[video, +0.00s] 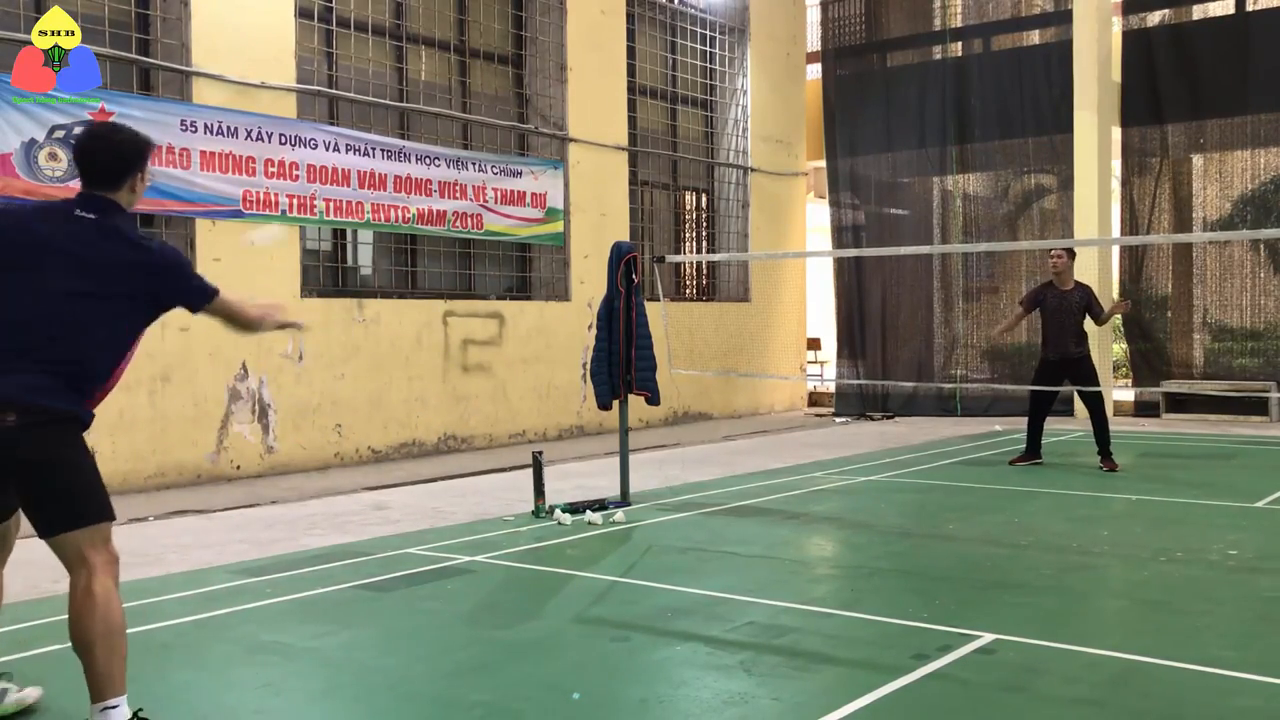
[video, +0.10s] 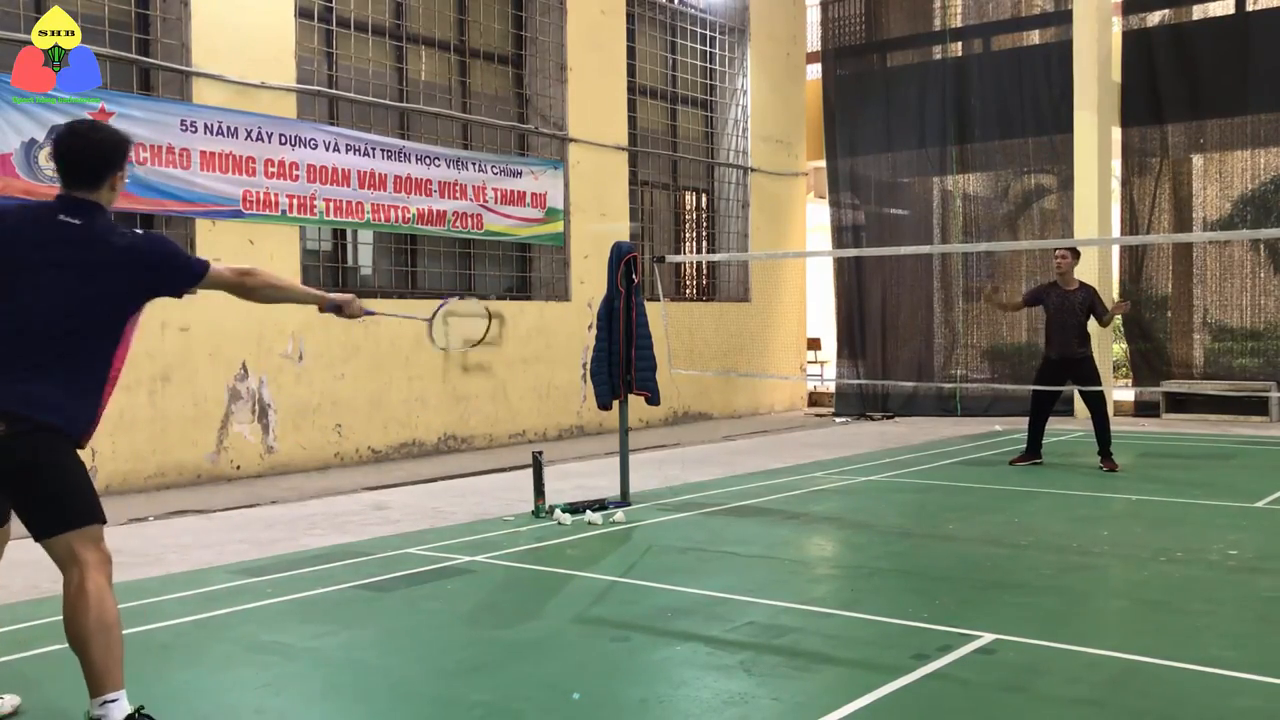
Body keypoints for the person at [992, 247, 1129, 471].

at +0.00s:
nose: (1053, 261)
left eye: (1059, 257)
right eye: (1051, 257)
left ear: (1071, 261)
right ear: (1048, 262)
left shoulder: (1083, 291)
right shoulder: (1042, 291)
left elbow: (1099, 321)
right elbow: (1017, 316)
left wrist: (1112, 311)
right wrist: (998, 330)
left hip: (1079, 360)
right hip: (1050, 360)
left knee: (1096, 406)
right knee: (1037, 406)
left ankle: (1106, 456)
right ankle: (1032, 452)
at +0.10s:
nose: (1058, 261)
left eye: (1063, 257)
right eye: (1056, 258)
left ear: (1074, 262)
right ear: (1054, 262)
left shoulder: (1087, 292)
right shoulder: (1046, 290)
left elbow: (1103, 322)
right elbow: (1016, 305)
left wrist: (1112, 312)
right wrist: (997, 302)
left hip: (1082, 360)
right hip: (1053, 360)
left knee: (1098, 408)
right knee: (1039, 407)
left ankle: (1106, 456)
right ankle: (1032, 452)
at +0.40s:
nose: (1047, 263)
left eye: (1052, 259)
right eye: (1046, 259)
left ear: (1067, 262)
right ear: (1046, 264)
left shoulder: (1084, 291)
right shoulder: (1043, 292)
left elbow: (1098, 322)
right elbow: (1022, 315)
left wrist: (1102, 308)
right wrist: (1013, 293)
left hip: (1079, 361)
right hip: (1050, 361)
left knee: (1095, 408)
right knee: (1032, 402)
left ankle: (1105, 456)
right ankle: (1030, 452)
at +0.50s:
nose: (1036, 266)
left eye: (1041, 262)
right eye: (1035, 263)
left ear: (1055, 263)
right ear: (1035, 267)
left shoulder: (1077, 290)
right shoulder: (1037, 295)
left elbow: (1092, 319)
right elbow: (1029, 318)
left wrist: (1095, 306)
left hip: (1074, 359)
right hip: (1046, 359)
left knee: (1091, 406)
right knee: (1029, 401)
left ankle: (1105, 455)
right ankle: (1030, 453)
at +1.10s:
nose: (1052, 259)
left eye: (1057, 255)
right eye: (1049, 256)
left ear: (1068, 258)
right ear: (1045, 260)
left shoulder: (1081, 290)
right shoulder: (1038, 289)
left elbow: (1091, 319)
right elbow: (1020, 314)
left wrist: (1111, 313)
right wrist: (1035, 315)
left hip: (1073, 358)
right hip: (1044, 358)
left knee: (1085, 405)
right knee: (1033, 405)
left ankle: (1087, 455)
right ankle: (1030, 453)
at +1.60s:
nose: (1033, 259)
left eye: (1038, 255)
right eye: (1029, 256)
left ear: (1048, 260)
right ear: (1025, 261)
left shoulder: (1062, 288)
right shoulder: (1021, 290)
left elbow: (1072, 313)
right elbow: (1007, 310)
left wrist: (1101, 326)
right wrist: (999, 323)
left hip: (1061, 357)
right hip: (1032, 358)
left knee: (1076, 404)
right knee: (1027, 408)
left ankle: (1083, 453)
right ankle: (1029, 456)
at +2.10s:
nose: (1034, 258)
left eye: (1039, 253)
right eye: (1031, 254)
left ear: (1050, 256)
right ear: (1027, 258)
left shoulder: (1063, 287)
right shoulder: (1021, 287)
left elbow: (1072, 320)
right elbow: (997, 311)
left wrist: (1084, 349)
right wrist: (1018, 295)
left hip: (1059, 356)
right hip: (1031, 356)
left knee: (1059, 409)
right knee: (1024, 407)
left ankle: (1052, 455)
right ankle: (1027, 453)